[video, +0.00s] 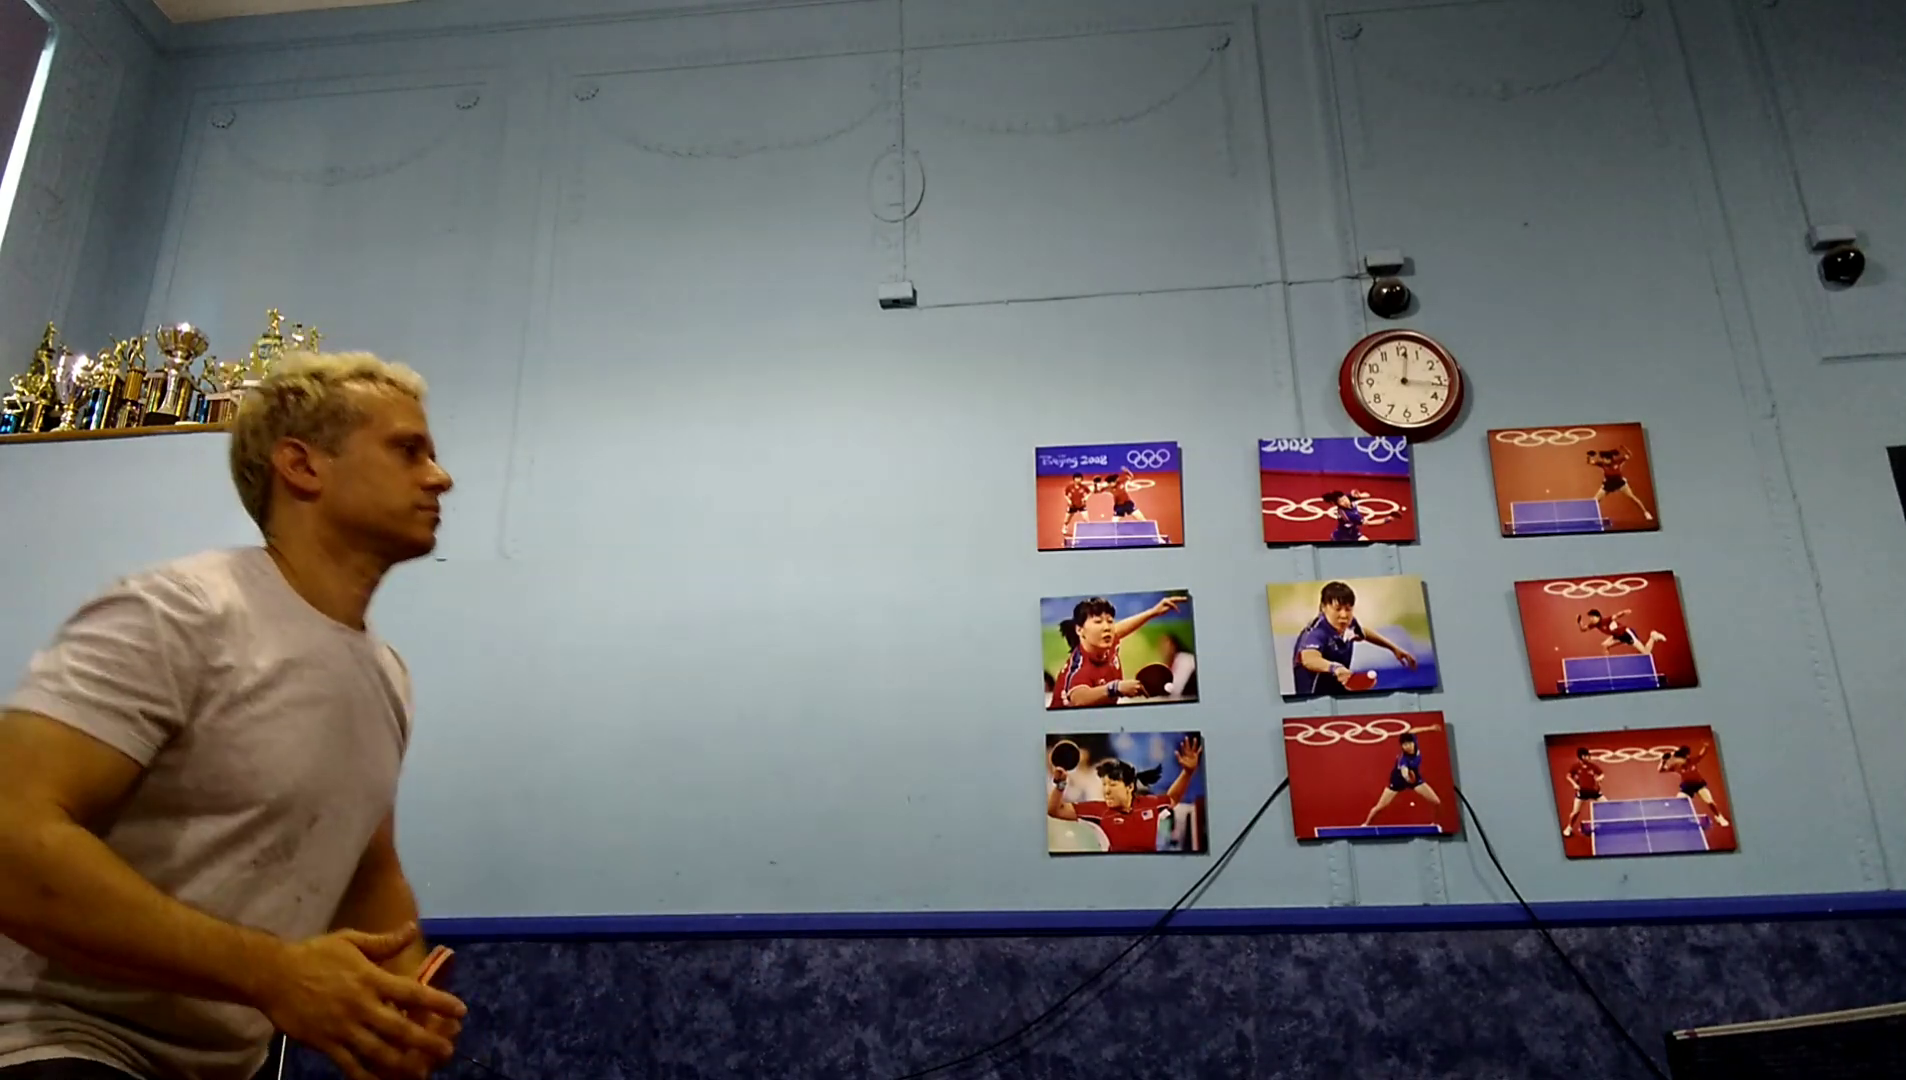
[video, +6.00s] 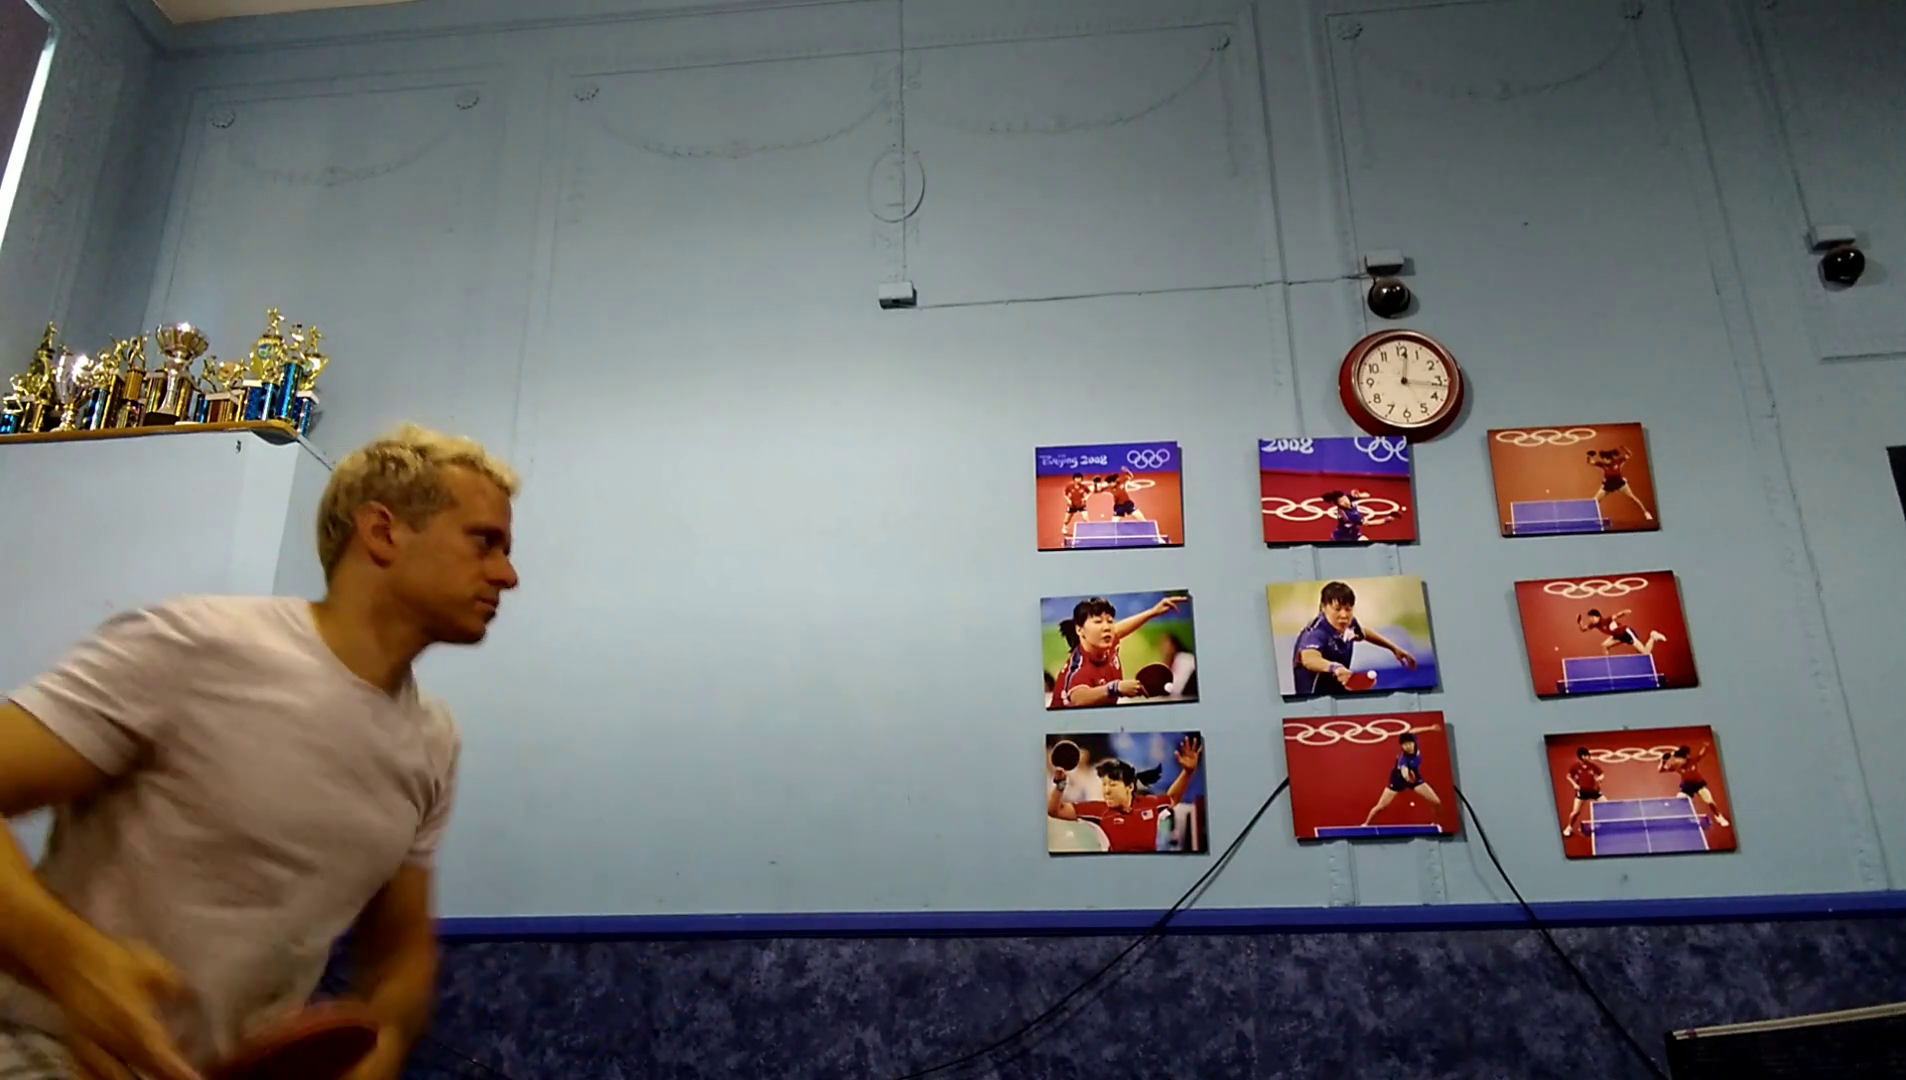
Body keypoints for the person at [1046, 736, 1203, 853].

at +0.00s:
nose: (1107, 790)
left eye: (1113, 785)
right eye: (1104, 785)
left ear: (1130, 787)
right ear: (1101, 787)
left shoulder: (1151, 805)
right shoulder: (1100, 811)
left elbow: (1172, 798)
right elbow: (1055, 811)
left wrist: (1188, 771)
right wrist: (1059, 785)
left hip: (1151, 872)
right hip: (1115, 874)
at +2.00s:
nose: (1107, 790)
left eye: (1113, 785)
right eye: (1104, 785)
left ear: (1130, 787)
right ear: (1101, 787)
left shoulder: (1151, 804)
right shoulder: (1100, 810)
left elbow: (1172, 798)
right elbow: (1055, 811)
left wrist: (1188, 771)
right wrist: (1059, 785)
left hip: (1151, 872)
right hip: (1116, 874)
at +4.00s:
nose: (1107, 790)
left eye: (1113, 785)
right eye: (1104, 785)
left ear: (1130, 787)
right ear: (1101, 787)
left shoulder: (1151, 804)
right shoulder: (1100, 811)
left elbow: (1172, 798)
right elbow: (1055, 811)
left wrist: (1188, 772)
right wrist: (1060, 785)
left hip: (1151, 872)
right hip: (1116, 874)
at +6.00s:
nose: (1107, 790)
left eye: (1113, 785)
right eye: (1104, 785)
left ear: (1130, 787)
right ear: (1101, 787)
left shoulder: (1151, 804)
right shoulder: (1100, 811)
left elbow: (1172, 798)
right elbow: (1055, 811)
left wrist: (1188, 771)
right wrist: (1059, 785)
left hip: (1151, 872)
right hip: (1117, 873)